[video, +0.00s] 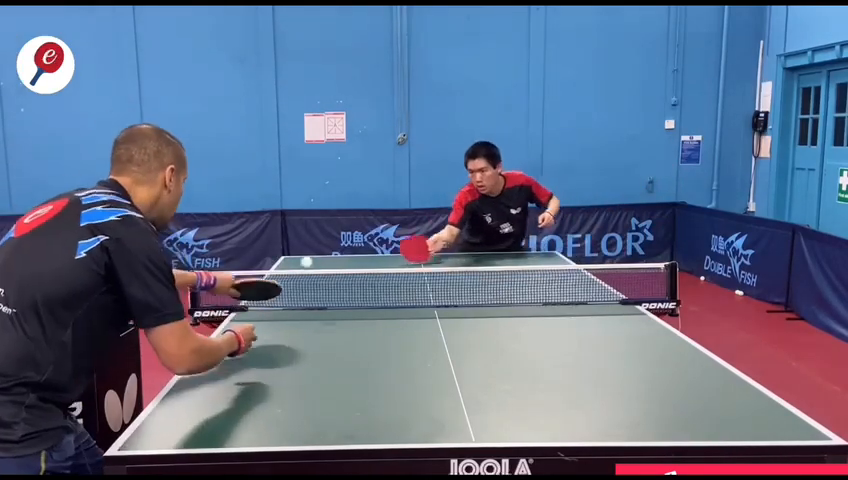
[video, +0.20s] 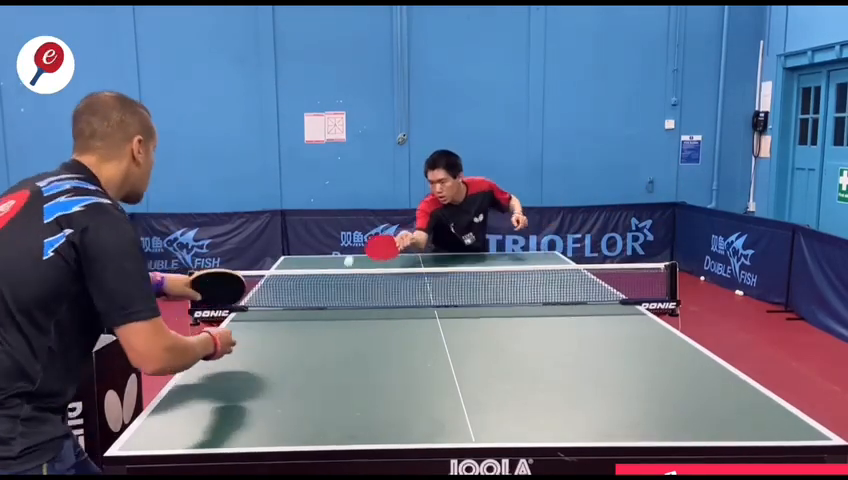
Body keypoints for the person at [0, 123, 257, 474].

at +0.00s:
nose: (180, 199)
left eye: (184, 188)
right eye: (183, 187)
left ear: (119, 168)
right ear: (168, 178)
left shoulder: (67, 206)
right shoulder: (130, 230)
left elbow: (124, 277)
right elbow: (183, 356)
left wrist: (206, 280)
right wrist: (230, 341)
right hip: (20, 422)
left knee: (92, 464)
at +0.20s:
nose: (152, 166)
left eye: (154, 154)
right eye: (154, 153)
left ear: (82, 145)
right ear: (136, 149)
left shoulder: (24, 193)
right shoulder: (100, 218)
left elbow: (70, 274)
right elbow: (152, 354)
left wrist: (164, 283)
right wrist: (206, 343)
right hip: (27, 445)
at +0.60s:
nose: (134, 163)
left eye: (137, 149)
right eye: (136, 148)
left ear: (60, 134)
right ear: (115, 139)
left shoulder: (12, 180)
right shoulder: (77, 205)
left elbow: (32, 299)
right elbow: (97, 357)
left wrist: (121, 320)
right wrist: (159, 367)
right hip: (12, 443)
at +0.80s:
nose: (165, 193)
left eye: (169, 180)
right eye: (166, 177)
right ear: (142, 166)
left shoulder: (38, 195)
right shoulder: (75, 217)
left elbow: (61, 317)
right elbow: (45, 360)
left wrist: (151, 325)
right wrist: (132, 381)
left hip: (16, 429)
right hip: (10, 438)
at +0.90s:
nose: (176, 204)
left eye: (179, 190)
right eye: (176, 187)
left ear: (146, 177)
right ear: (148, 176)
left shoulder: (82, 224)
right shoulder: (64, 226)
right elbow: (16, 360)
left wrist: (198, 319)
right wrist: (110, 386)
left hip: (18, 416)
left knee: (63, 470)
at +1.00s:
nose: (173, 205)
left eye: (176, 191)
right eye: (172, 189)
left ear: (139, 180)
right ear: (141, 179)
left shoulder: (102, 236)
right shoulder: (42, 229)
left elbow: (174, 298)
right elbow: (2, 354)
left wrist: (267, 311)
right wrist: (84, 387)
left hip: (16, 406)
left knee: (64, 472)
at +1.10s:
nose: (158, 189)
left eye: (159, 175)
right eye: (155, 172)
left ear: (125, 168)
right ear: (122, 166)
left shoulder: (100, 231)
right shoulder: (22, 219)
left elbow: (183, 272)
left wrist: (266, 288)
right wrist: (62, 381)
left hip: (12, 404)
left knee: (50, 471)